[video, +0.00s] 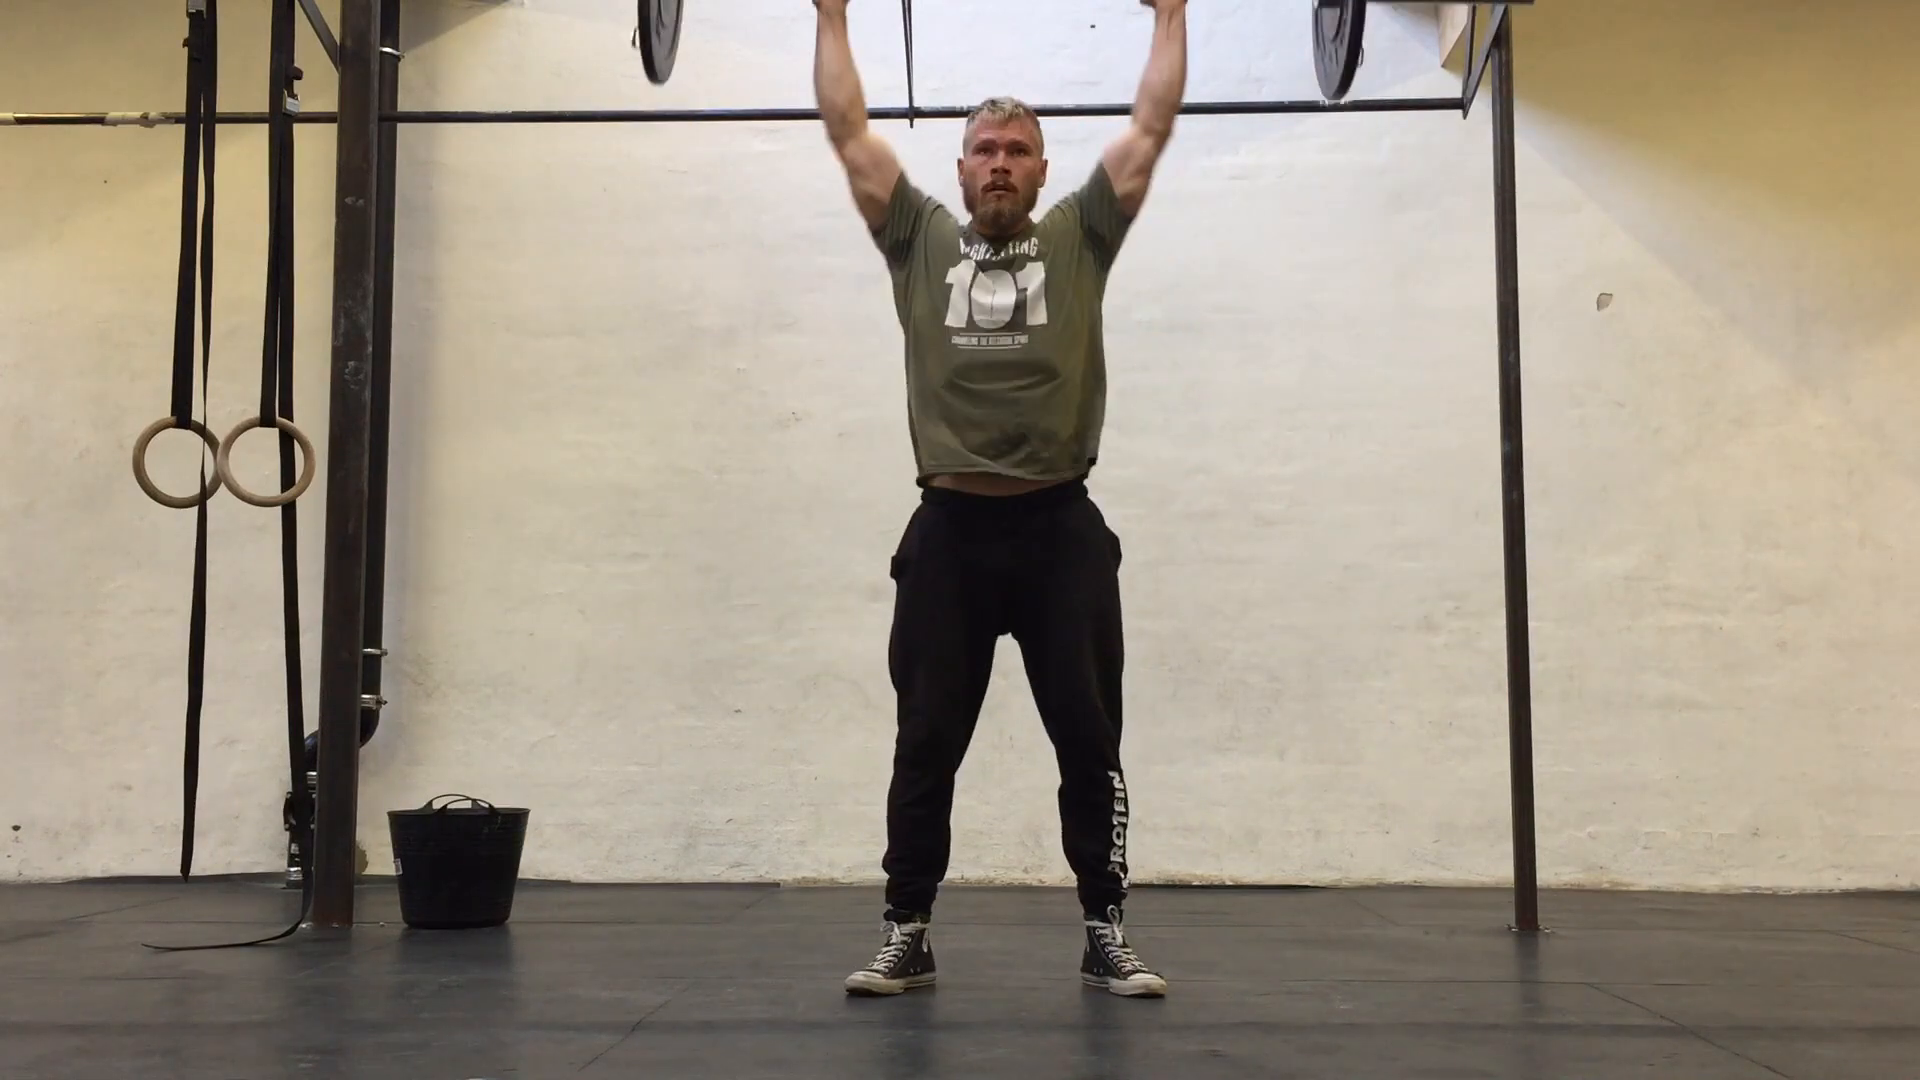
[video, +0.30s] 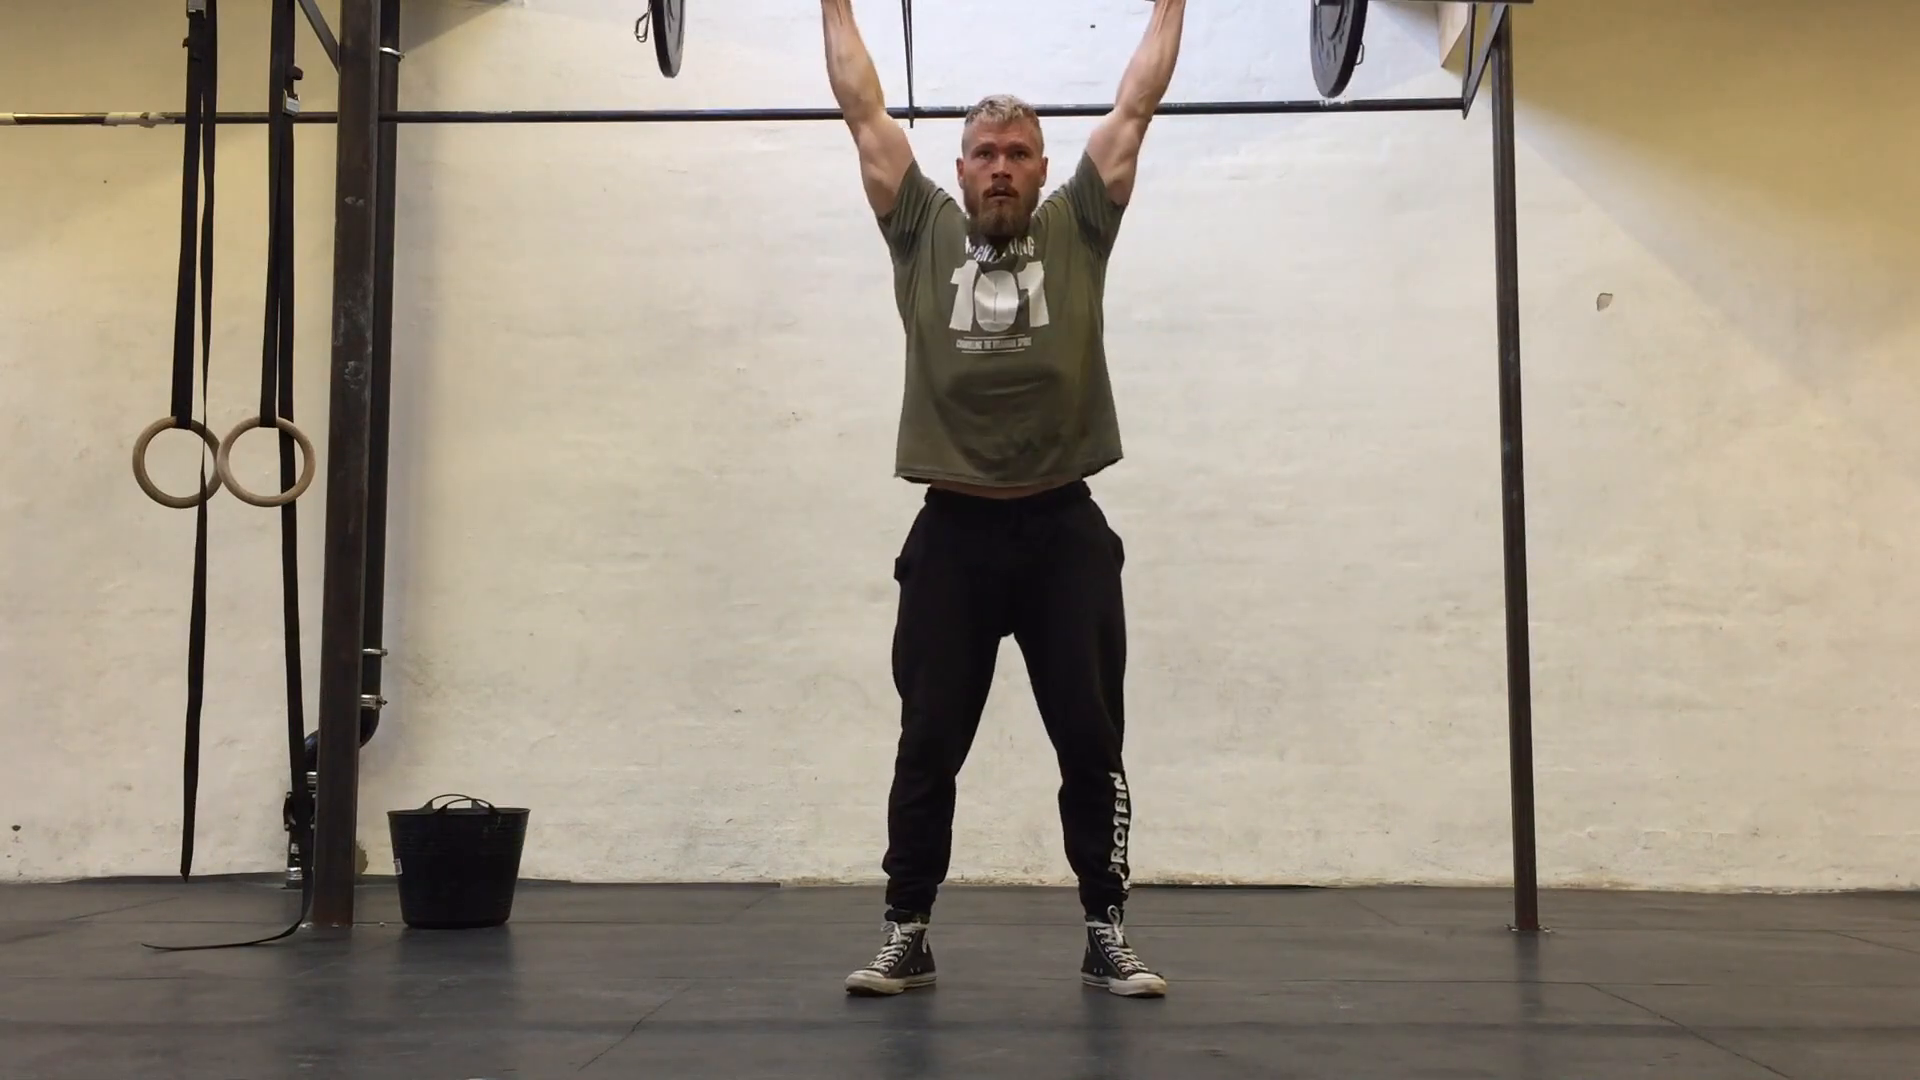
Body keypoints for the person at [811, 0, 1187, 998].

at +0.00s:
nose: (999, 163)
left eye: (1018, 151)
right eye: (983, 150)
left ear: (1042, 170)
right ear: (961, 168)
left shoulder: (1079, 241)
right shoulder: (920, 242)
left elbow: (1150, 127)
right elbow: (849, 133)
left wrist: (1170, 12)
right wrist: (830, 12)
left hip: (1061, 537)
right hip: (950, 538)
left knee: (1090, 746)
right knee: (925, 745)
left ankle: (1106, 940)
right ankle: (906, 939)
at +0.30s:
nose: (1002, 168)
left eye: (1019, 153)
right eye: (985, 153)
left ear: (1043, 167)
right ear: (960, 167)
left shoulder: (1076, 234)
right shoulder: (925, 238)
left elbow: (1135, 113)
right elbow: (863, 111)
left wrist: (1169, 6)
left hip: (1064, 538)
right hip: (952, 540)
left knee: (1092, 747)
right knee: (928, 745)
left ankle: (1108, 943)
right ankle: (907, 938)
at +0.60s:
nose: (1001, 163)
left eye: (1018, 153)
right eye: (985, 153)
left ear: (1046, 179)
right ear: (961, 180)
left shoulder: (1090, 265)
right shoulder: (921, 267)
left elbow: (1203, 217)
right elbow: (809, 215)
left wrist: (1186, 101)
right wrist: (835, 103)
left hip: (1068, 543)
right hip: (949, 543)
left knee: (1094, 746)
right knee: (922, 744)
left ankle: (1105, 944)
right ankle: (907, 942)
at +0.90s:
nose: (1005, 129)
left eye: (1022, 120)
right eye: (989, 120)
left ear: (1048, 148)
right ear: (965, 148)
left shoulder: (1089, 239)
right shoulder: (923, 236)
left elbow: (1200, 304)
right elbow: (812, 294)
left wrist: (1185, 366)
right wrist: (839, 361)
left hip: (1070, 503)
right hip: (958, 504)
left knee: (1101, 713)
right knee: (926, 711)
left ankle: (1115, 915)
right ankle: (903, 916)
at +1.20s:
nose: (1008, 229)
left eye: (1025, 218)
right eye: (991, 218)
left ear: (1052, 248)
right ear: (966, 249)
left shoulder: (1107, 364)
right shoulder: (915, 362)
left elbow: (1154, 487)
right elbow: (871, 486)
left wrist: (1180, 613)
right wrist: (849, 613)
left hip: (1070, 574)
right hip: (949, 573)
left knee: (1117, 729)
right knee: (905, 728)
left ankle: (1110, 938)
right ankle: (906, 938)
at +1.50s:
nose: (1008, 201)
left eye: (1026, 191)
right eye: (992, 190)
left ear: (1052, 224)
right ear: (966, 222)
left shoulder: (1106, 337)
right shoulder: (915, 336)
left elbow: (1149, 463)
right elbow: (870, 460)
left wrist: (1174, 583)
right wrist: (847, 582)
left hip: (1070, 566)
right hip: (950, 564)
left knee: (1111, 735)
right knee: (914, 734)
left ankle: (1109, 937)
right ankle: (909, 936)